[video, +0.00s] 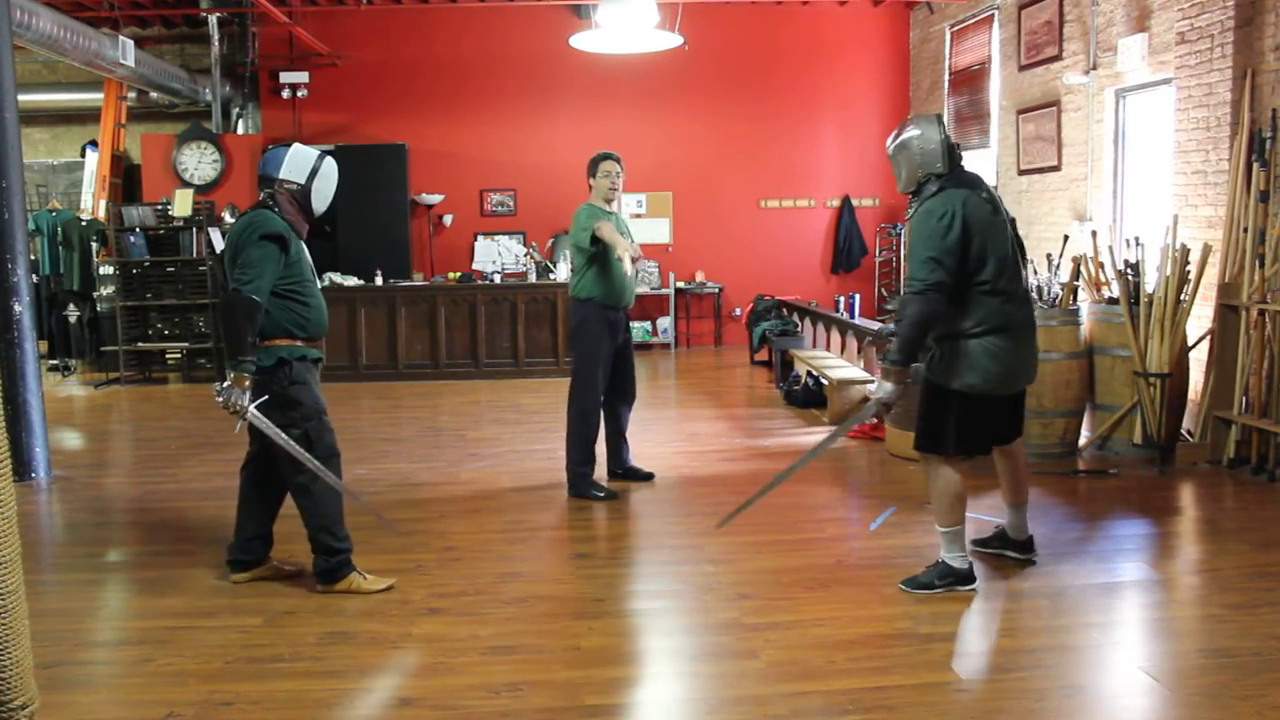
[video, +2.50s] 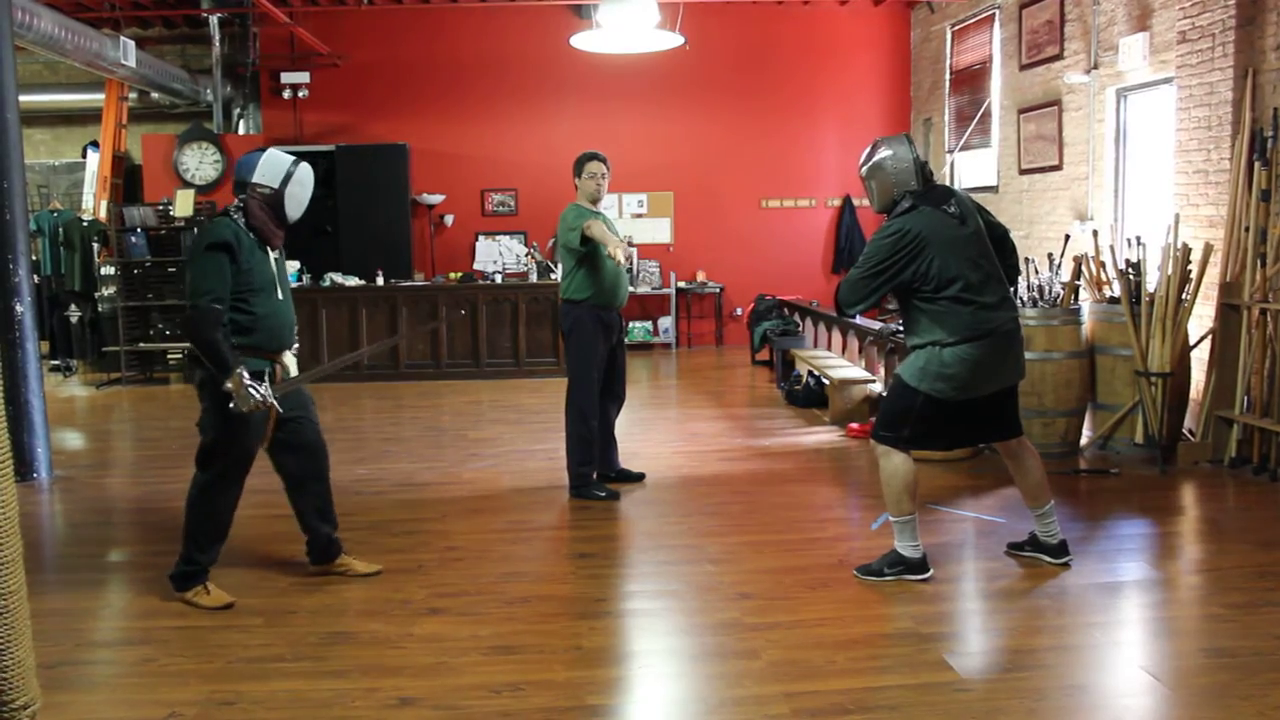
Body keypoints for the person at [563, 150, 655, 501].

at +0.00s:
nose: (614, 180)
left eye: (618, 175)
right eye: (607, 175)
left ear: (622, 182)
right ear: (592, 180)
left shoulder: (618, 220)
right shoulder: (586, 212)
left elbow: (631, 248)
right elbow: (605, 232)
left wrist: (632, 251)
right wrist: (624, 249)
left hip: (616, 314)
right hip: (591, 312)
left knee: (620, 393)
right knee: (587, 396)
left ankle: (619, 464)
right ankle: (580, 479)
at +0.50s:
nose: (599, 180)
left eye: (603, 175)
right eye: (591, 175)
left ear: (608, 180)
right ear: (577, 180)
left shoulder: (606, 220)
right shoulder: (573, 214)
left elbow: (620, 253)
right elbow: (596, 233)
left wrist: (629, 267)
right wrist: (617, 248)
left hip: (609, 314)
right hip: (583, 314)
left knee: (612, 394)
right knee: (584, 396)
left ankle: (607, 467)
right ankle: (579, 479)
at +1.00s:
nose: (601, 180)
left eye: (605, 175)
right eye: (593, 175)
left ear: (609, 181)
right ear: (579, 180)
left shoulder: (605, 220)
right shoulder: (574, 214)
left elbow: (619, 253)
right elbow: (598, 231)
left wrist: (639, 262)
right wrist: (620, 247)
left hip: (609, 314)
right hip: (584, 314)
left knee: (610, 395)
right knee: (584, 396)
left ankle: (606, 467)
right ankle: (580, 480)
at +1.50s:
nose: (601, 181)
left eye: (605, 176)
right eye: (593, 175)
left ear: (608, 181)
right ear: (577, 181)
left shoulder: (603, 218)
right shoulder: (574, 213)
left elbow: (615, 251)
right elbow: (595, 229)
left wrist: (633, 257)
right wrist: (620, 245)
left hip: (609, 316)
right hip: (584, 316)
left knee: (610, 395)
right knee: (583, 398)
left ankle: (606, 466)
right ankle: (580, 480)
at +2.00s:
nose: (599, 180)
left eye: (603, 175)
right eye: (591, 175)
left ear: (608, 181)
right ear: (577, 180)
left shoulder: (603, 218)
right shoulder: (573, 212)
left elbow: (612, 244)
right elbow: (594, 227)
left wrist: (624, 248)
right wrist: (616, 243)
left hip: (608, 315)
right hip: (583, 315)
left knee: (610, 395)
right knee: (584, 396)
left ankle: (606, 467)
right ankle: (580, 480)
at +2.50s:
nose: (599, 181)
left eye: (603, 176)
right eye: (591, 176)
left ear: (608, 181)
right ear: (577, 181)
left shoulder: (603, 219)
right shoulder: (573, 213)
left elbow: (615, 249)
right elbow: (592, 229)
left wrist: (624, 249)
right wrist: (613, 244)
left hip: (609, 315)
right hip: (583, 315)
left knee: (611, 394)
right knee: (584, 397)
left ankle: (606, 466)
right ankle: (581, 480)